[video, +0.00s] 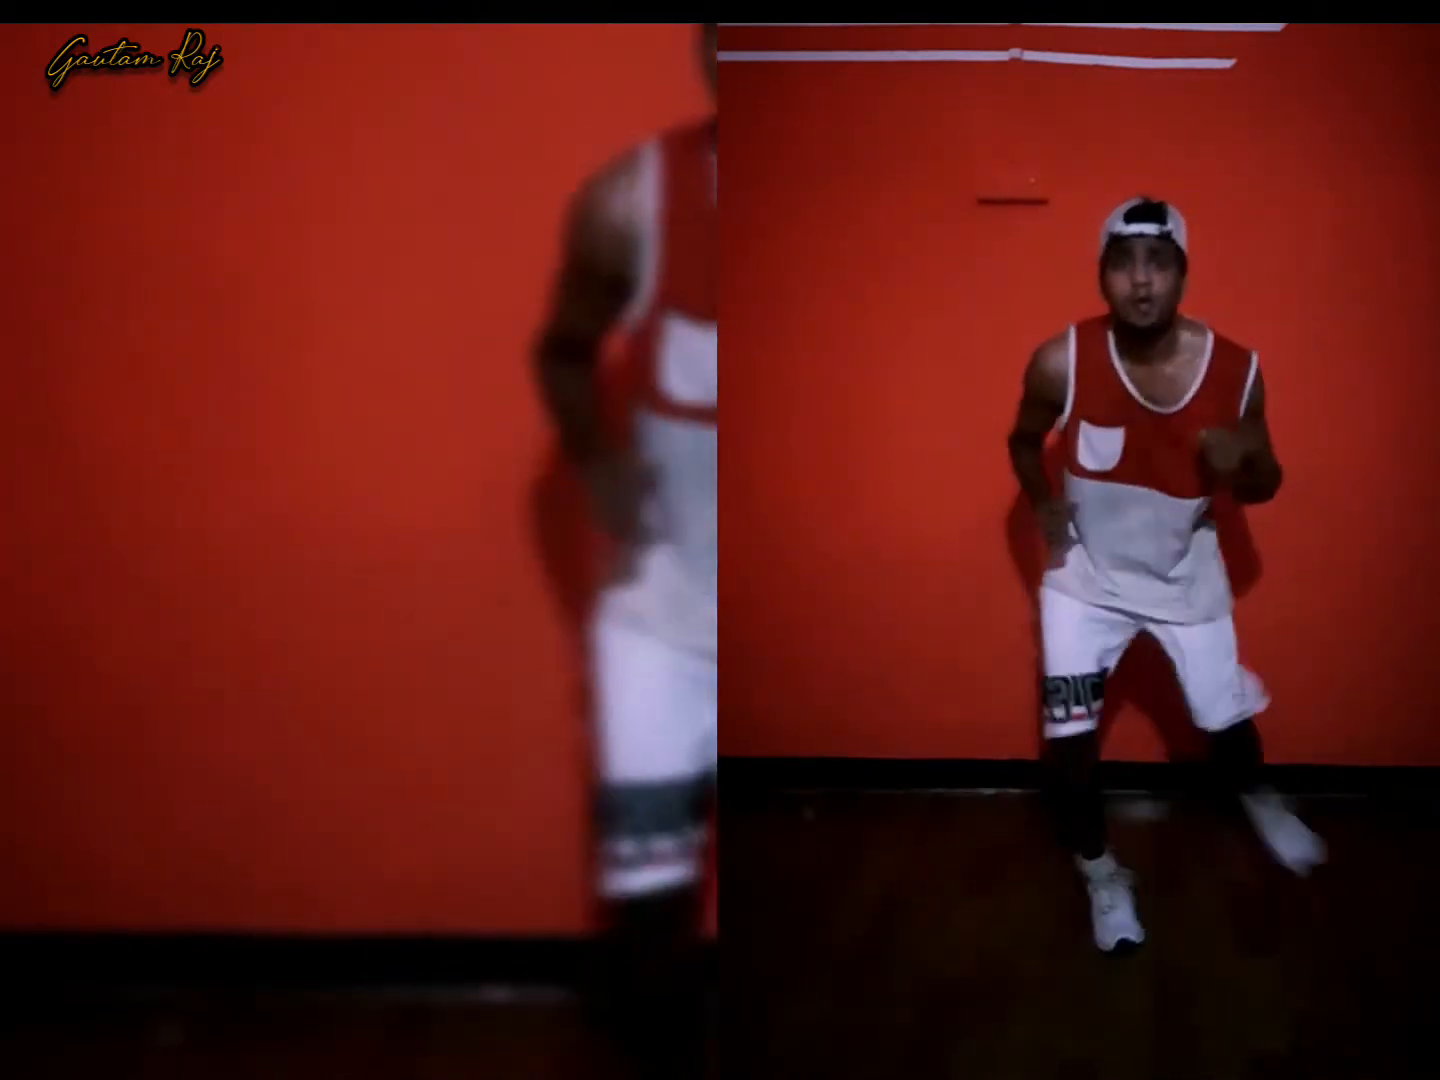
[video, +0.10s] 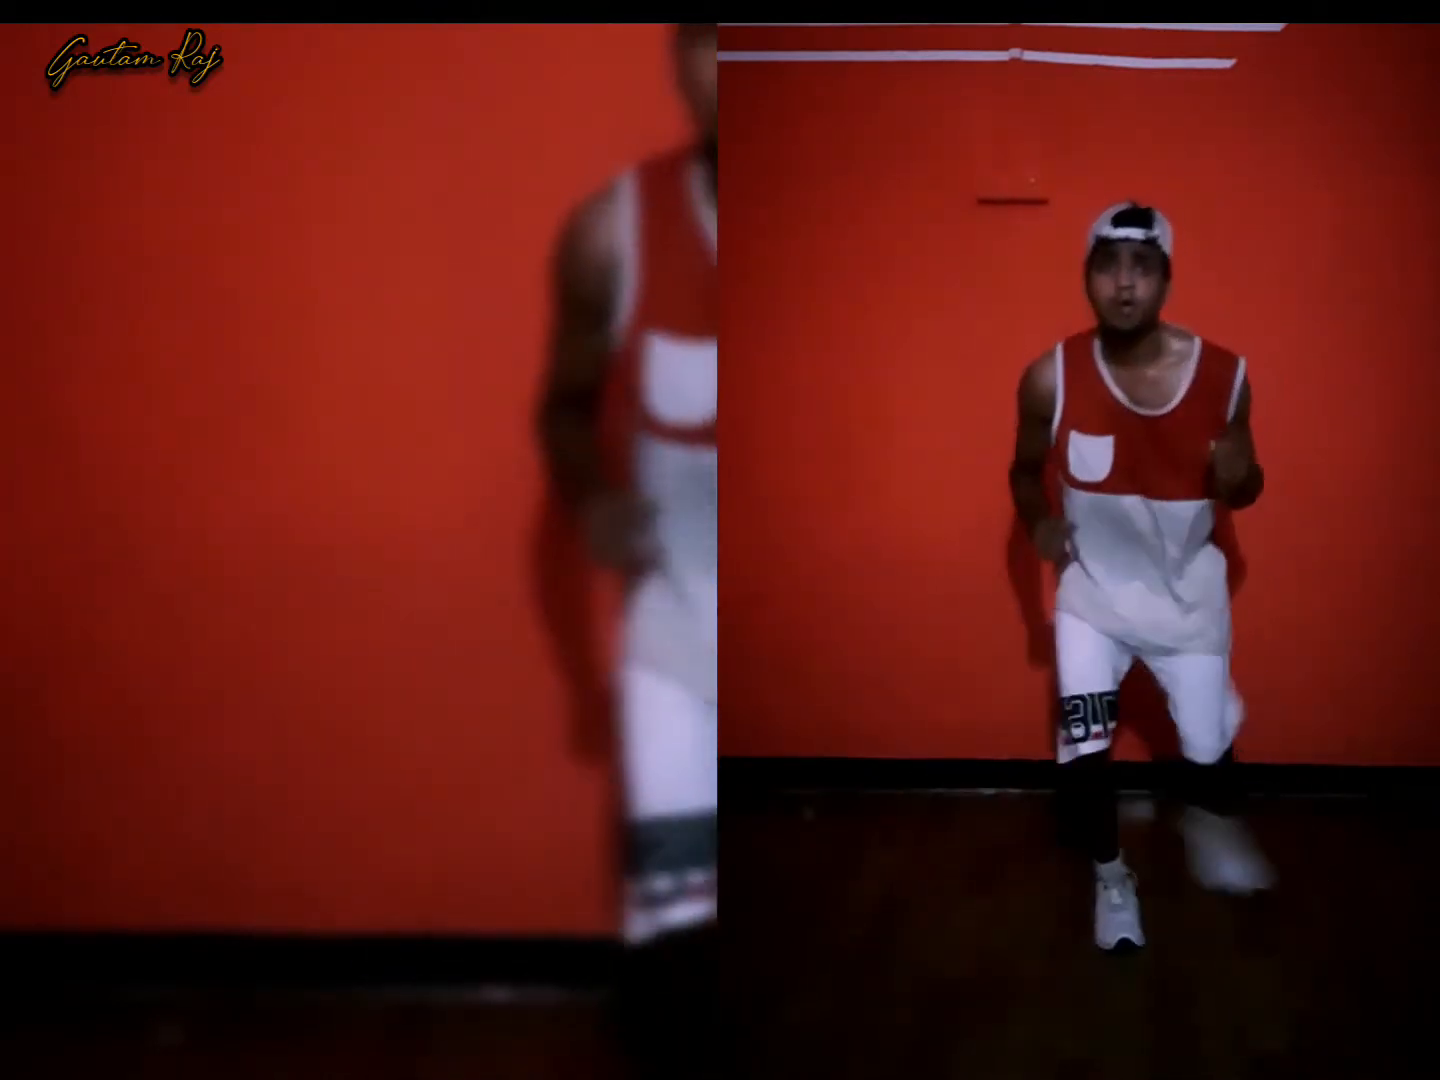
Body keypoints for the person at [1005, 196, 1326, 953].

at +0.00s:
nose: (1142, 280)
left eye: (1159, 263)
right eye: (1126, 263)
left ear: (1183, 276)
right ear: (1103, 277)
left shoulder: (1234, 370)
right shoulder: (1064, 361)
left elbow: (1265, 483)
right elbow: (1026, 441)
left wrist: (1241, 461)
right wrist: (1047, 506)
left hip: (1188, 576)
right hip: (1088, 571)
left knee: (1228, 727)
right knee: (1068, 744)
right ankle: (1101, 878)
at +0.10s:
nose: (1124, 284)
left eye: (1141, 268)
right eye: (1109, 266)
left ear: (1166, 281)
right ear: (1088, 280)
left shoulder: (1220, 375)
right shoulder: (1053, 378)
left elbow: (1244, 489)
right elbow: (1027, 469)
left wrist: (1230, 465)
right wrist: (1041, 520)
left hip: (1189, 589)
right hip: (1093, 586)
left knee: (1208, 750)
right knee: (1083, 748)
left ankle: (1208, 824)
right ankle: (1110, 883)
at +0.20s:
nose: (1104, 284)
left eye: (1120, 267)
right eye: (1089, 268)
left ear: (1147, 281)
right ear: (1069, 285)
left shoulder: (1213, 356)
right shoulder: (1054, 388)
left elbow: (1254, 448)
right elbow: (1031, 494)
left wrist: (1230, 475)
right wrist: (1028, 536)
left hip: (1200, 603)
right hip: (1104, 602)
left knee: (1188, 769)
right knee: (1083, 759)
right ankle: (1108, 880)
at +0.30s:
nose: (1119, 260)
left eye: (1136, 242)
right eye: (1103, 243)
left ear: (1163, 256)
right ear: (1083, 259)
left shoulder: (1230, 335)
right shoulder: (1063, 360)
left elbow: (1283, 417)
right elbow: (1053, 451)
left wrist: (1241, 447)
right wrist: (1041, 498)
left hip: (1216, 556)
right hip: (1118, 563)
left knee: (1234, 686)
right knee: (1100, 721)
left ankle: (1175, 618)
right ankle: (1114, 878)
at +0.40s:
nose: (1140, 251)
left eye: (1159, 235)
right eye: (1125, 234)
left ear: (1184, 248)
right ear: (1105, 248)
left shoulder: (1242, 334)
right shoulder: (1071, 345)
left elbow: (1298, 425)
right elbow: (1070, 427)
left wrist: (1263, 431)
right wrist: (1056, 467)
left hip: (1227, 531)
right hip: (1128, 545)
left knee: (1278, 660)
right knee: (1127, 707)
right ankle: (1165, 853)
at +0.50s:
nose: (1146, 261)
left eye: (1162, 244)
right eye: (1129, 244)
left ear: (1187, 259)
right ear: (1108, 260)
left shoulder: (1243, 348)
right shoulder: (1074, 364)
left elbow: (1288, 451)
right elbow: (1069, 446)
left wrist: (1264, 442)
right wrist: (1068, 491)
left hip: (1236, 552)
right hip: (1140, 570)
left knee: (1294, 702)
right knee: (1158, 735)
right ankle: (1194, 863)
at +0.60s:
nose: (1133, 283)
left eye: (1149, 266)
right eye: (1118, 266)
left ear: (1174, 278)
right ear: (1098, 283)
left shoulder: (1241, 357)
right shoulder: (1080, 392)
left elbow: (1282, 452)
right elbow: (1062, 498)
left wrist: (1277, 487)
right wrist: (1060, 541)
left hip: (1256, 590)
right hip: (1158, 601)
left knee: (1276, 763)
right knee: (1160, 763)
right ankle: (1195, 865)